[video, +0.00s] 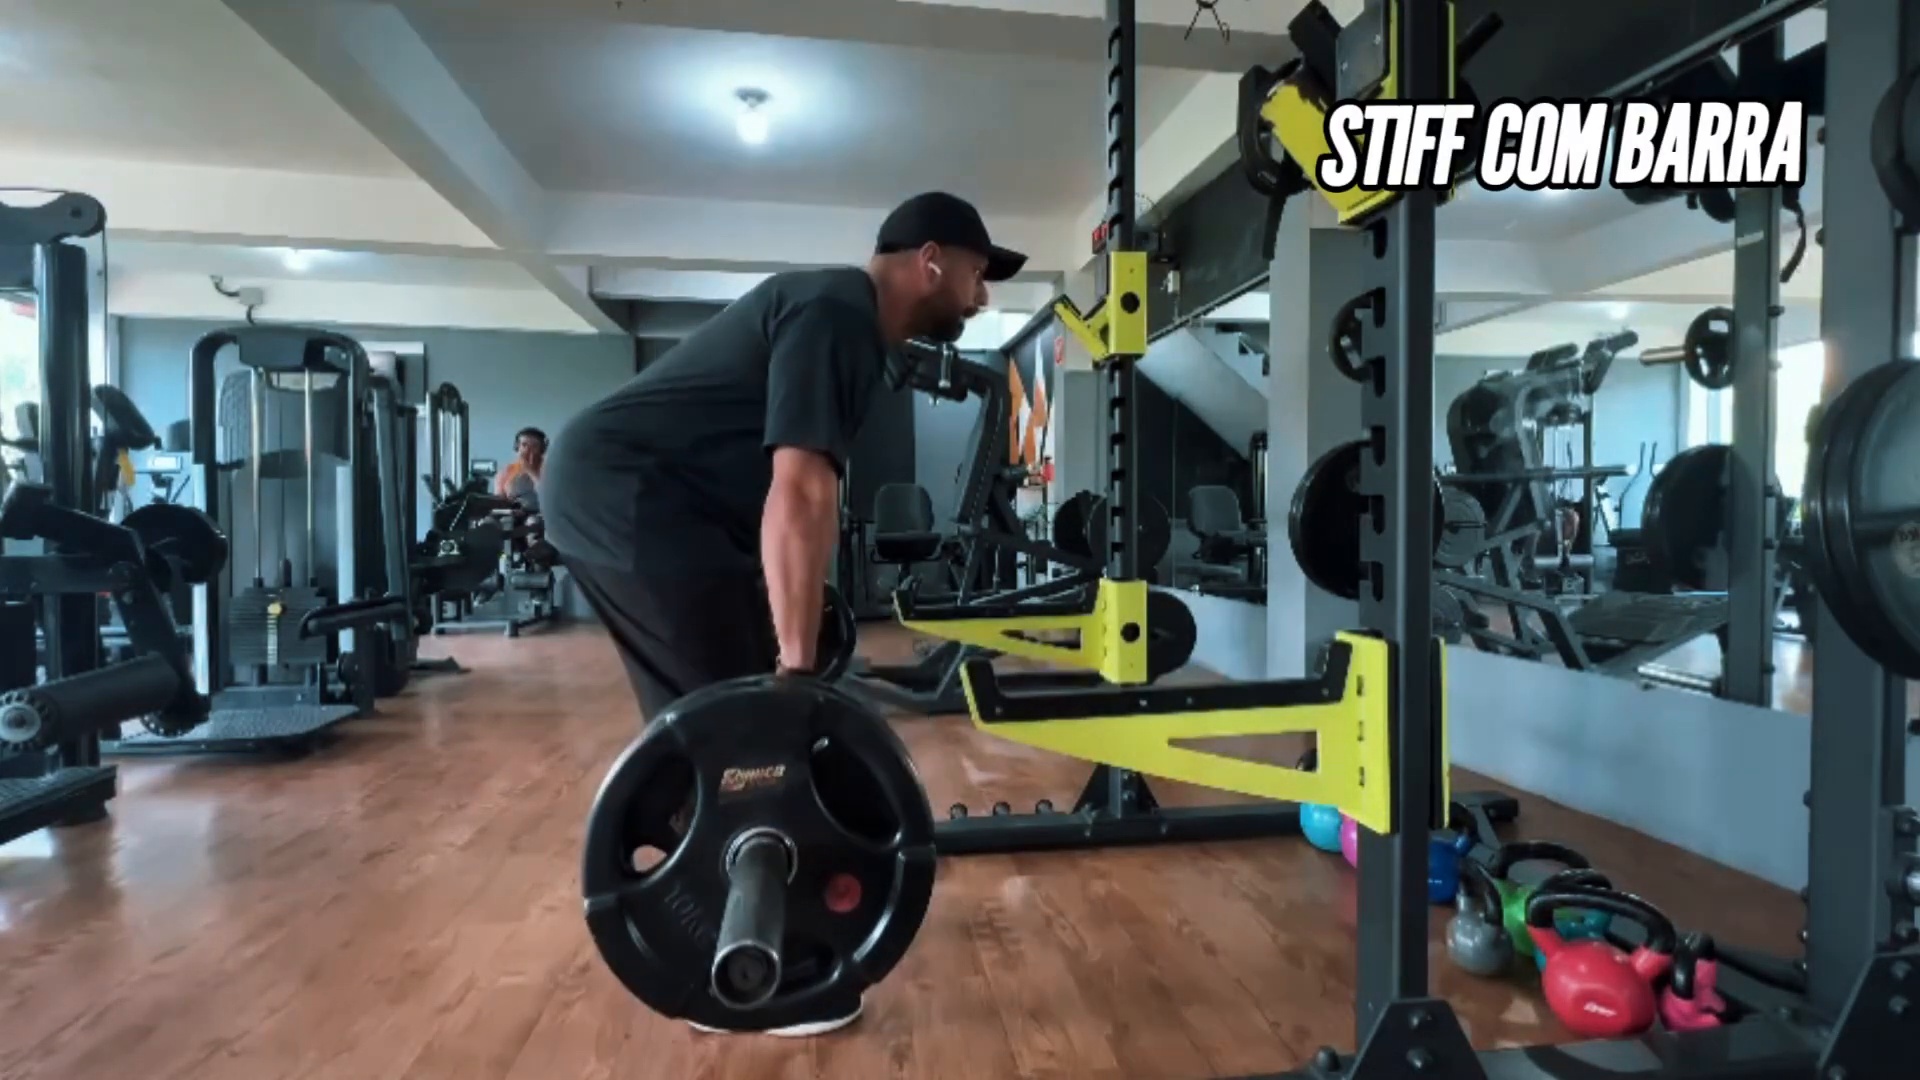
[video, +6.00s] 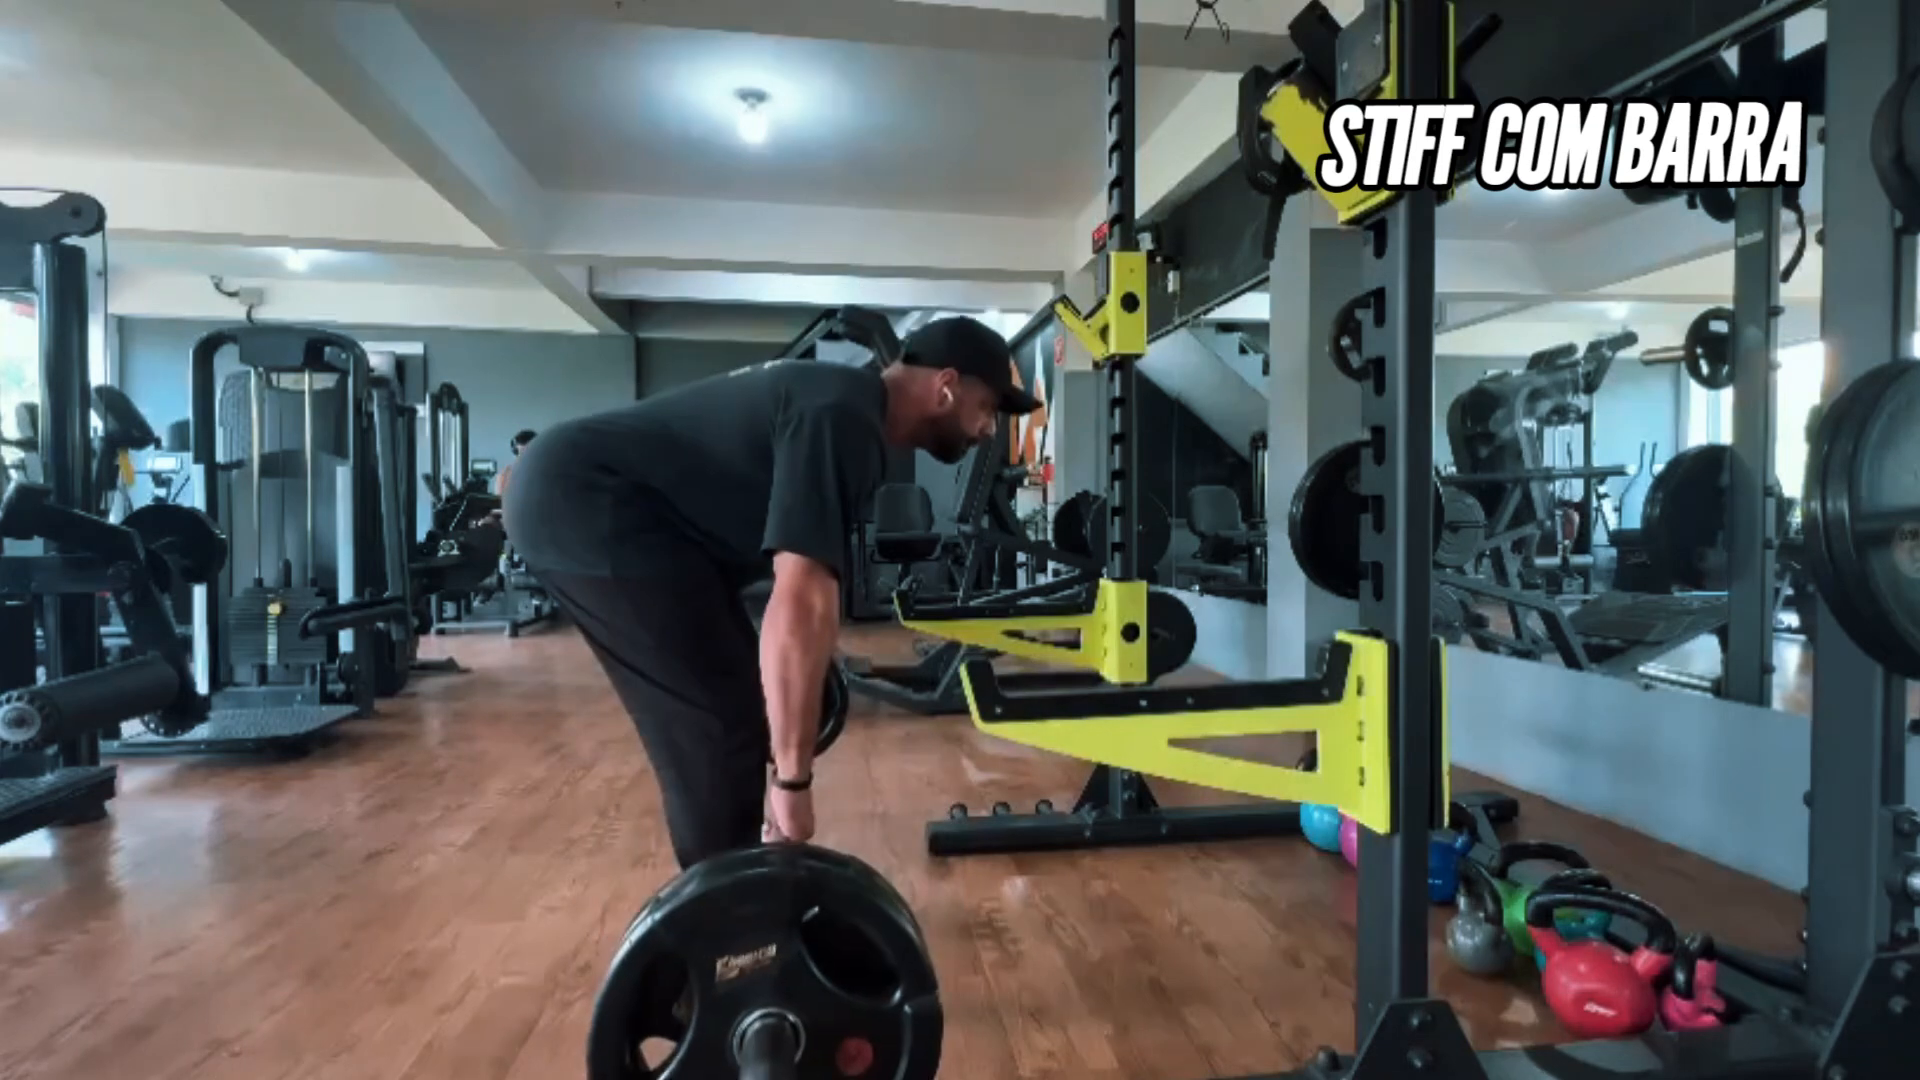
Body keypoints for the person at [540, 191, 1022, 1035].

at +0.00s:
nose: (982, 299)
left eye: (986, 283)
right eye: (978, 277)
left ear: (923, 266)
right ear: (927, 261)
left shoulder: (853, 331)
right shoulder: (831, 307)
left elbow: (805, 491)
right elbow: (800, 489)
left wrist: (801, 650)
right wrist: (800, 661)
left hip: (628, 485)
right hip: (624, 484)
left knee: (706, 719)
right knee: (747, 714)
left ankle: (715, 946)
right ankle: (764, 965)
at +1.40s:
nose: (922, 160)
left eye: (922, 143)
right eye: (913, 139)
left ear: (854, 136)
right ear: (858, 131)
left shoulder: (816, 225)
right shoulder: (792, 205)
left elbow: (796, 387)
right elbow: (787, 381)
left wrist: (809, 558)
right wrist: (807, 561)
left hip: (700, 478)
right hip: (664, 478)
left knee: (748, 689)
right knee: (722, 705)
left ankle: (750, 881)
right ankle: (731, 960)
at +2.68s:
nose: (981, 273)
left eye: (985, 256)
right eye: (975, 251)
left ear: (917, 244)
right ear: (924, 238)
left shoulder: (853, 314)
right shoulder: (831, 291)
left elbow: (816, 476)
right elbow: (813, 470)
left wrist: (821, 642)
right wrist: (822, 647)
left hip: (659, 489)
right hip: (633, 483)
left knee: (723, 719)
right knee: (734, 715)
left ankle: (746, 957)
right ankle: (735, 971)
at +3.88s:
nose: (934, 178)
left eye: (935, 160)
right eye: (925, 157)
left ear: (867, 153)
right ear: (870, 148)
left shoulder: (820, 234)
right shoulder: (800, 216)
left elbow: (799, 394)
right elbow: (788, 386)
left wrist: (810, 562)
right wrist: (813, 566)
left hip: (694, 475)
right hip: (660, 475)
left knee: (741, 682)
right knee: (724, 697)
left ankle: (748, 881)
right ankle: (729, 958)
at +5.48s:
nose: (971, 299)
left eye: (975, 282)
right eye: (966, 277)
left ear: (910, 266)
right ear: (913, 261)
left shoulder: (836, 326)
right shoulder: (820, 308)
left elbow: (800, 494)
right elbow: (796, 490)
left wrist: (802, 657)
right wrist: (805, 668)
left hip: (602, 487)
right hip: (612, 487)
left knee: (688, 722)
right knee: (747, 707)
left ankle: (716, 945)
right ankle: (767, 943)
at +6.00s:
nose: (989, 431)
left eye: (998, 417)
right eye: (990, 409)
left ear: (940, 382)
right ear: (946, 383)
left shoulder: (843, 406)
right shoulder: (837, 408)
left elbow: (813, 588)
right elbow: (801, 598)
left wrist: (784, 761)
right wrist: (791, 782)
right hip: (586, 500)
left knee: (723, 717)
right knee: (725, 721)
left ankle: (732, 931)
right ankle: (733, 940)